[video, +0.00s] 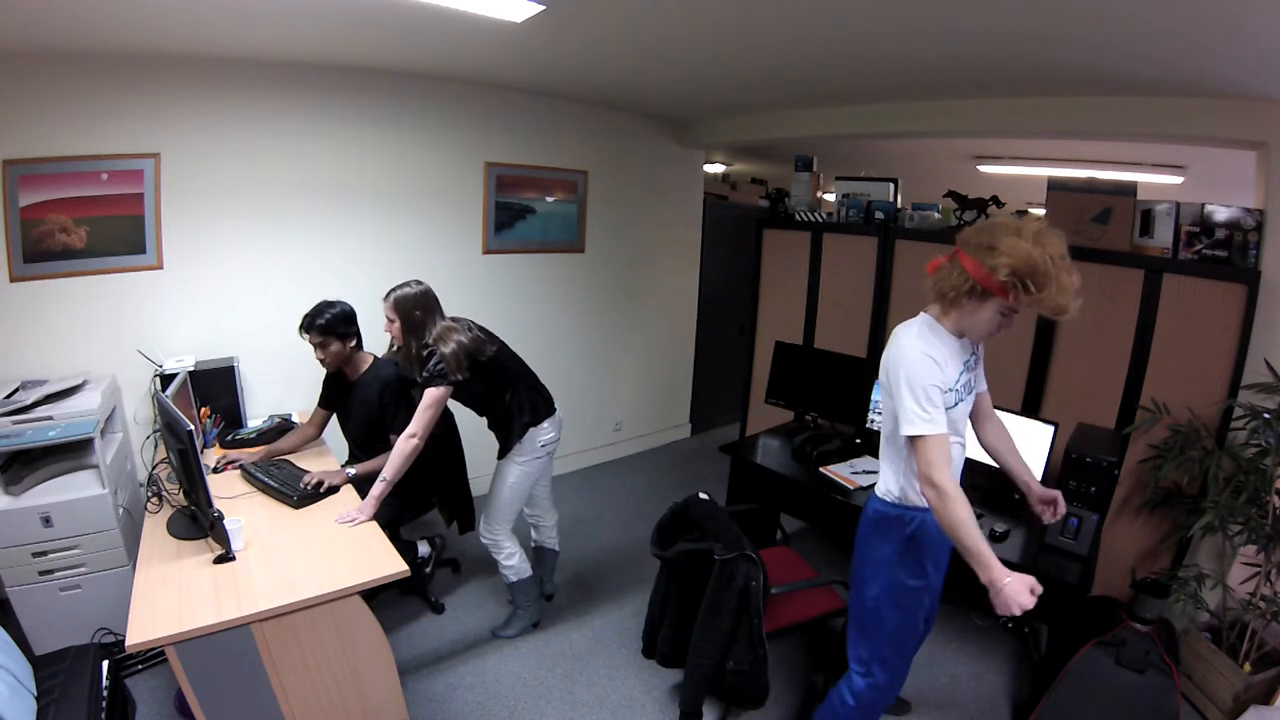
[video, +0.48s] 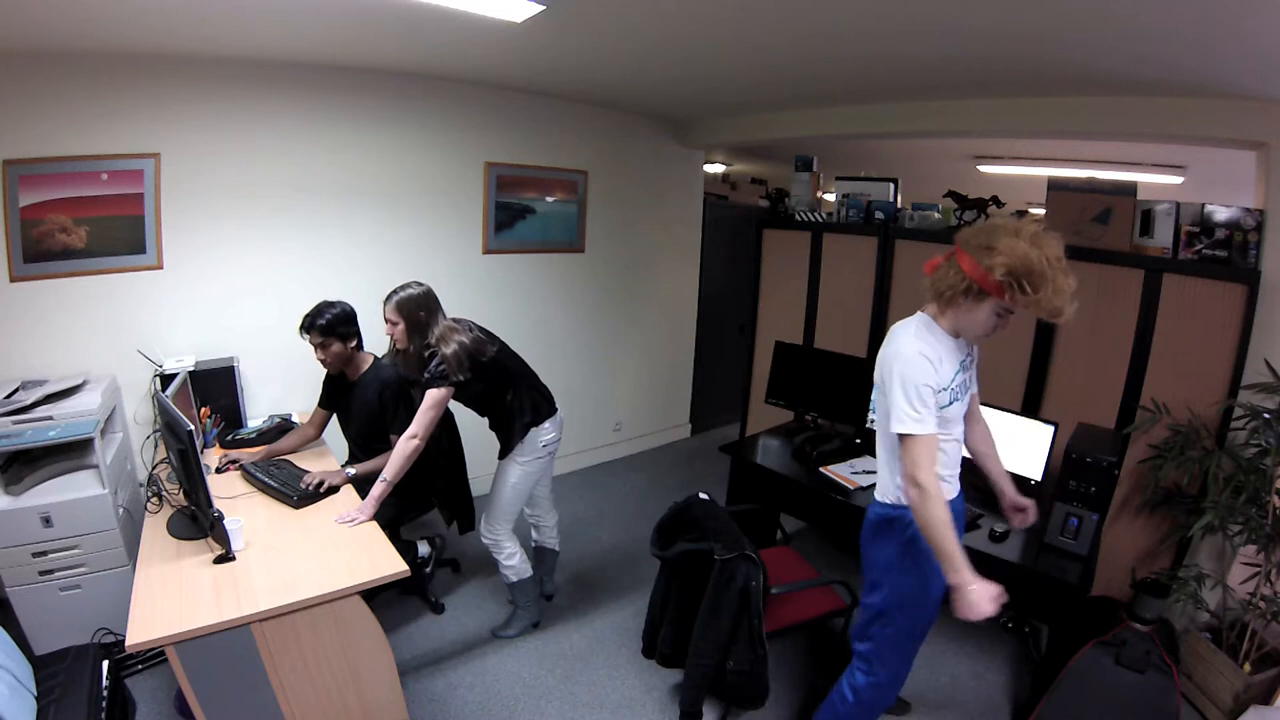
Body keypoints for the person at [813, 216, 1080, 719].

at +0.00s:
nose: (1008, 327)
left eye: (1014, 316)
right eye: (1006, 313)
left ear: (980, 298)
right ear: (974, 293)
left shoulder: (964, 342)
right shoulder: (915, 353)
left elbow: (983, 417)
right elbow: (936, 482)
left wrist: (1030, 486)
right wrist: (997, 576)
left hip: (934, 520)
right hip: (899, 528)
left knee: (913, 623)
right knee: (873, 676)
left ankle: (881, 690)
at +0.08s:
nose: (1007, 329)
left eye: (1013, 317)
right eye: (1005, 315)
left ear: (980, 298)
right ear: (974, 293)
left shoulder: (961, 341)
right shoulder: (914, 355)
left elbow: (973, 417)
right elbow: (919, 484)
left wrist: (1007, 488)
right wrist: (962, 582)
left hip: (944, 510)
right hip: (905, 526)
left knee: (911, 615)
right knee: (875, 666)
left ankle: (880, 689)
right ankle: (840, 714)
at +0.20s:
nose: (1005, 327)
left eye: (1011, 316)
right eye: (1003, 313)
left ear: (979, 297)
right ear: (974, 292)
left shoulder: (959, 340)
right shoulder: (913, 357)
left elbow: (964, 419)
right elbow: (910, 486)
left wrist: (984, 492)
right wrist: (936, 586)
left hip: (947, 514)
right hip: (911, 523)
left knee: (908, 618)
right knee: (877, 650)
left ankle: (878, 689)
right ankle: (840, 713)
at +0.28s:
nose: (1005, 325)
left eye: (1011, 313)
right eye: (1004, 311)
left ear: (981, 294)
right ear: (976, 290)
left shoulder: (961, 339)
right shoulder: (915, 353)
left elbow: (973, 417)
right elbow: (922, 482)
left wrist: (1005, 490)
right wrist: (969, 580)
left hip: (937, 513)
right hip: (903, 524)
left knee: (908, 616)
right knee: (874, 663)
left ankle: (877, 689)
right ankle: (839, 713)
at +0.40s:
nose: (1005, 327)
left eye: (1011, 316)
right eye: (1004, 314)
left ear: (981, 297)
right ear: (976, 292)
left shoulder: (961, 343)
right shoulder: (914, 353)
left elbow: (982, 419)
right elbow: (936, 481)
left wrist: (1027, 488)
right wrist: (999, 574)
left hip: (931, 522)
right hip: (897, 529)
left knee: (913, 626)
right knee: (874, 680)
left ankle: (881, 693)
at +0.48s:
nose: (1003, 328)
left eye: (1009, 317)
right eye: (1002, 314)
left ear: (976, 296)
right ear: (972, 292)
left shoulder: (958, 341)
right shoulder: (911, 353)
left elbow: (971, 419)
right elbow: (918, 482)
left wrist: (1005, 489)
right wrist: (963, 580)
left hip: (943, 509)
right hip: (904, 526)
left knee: (909, 616)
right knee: (875, 668)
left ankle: (878, 690)